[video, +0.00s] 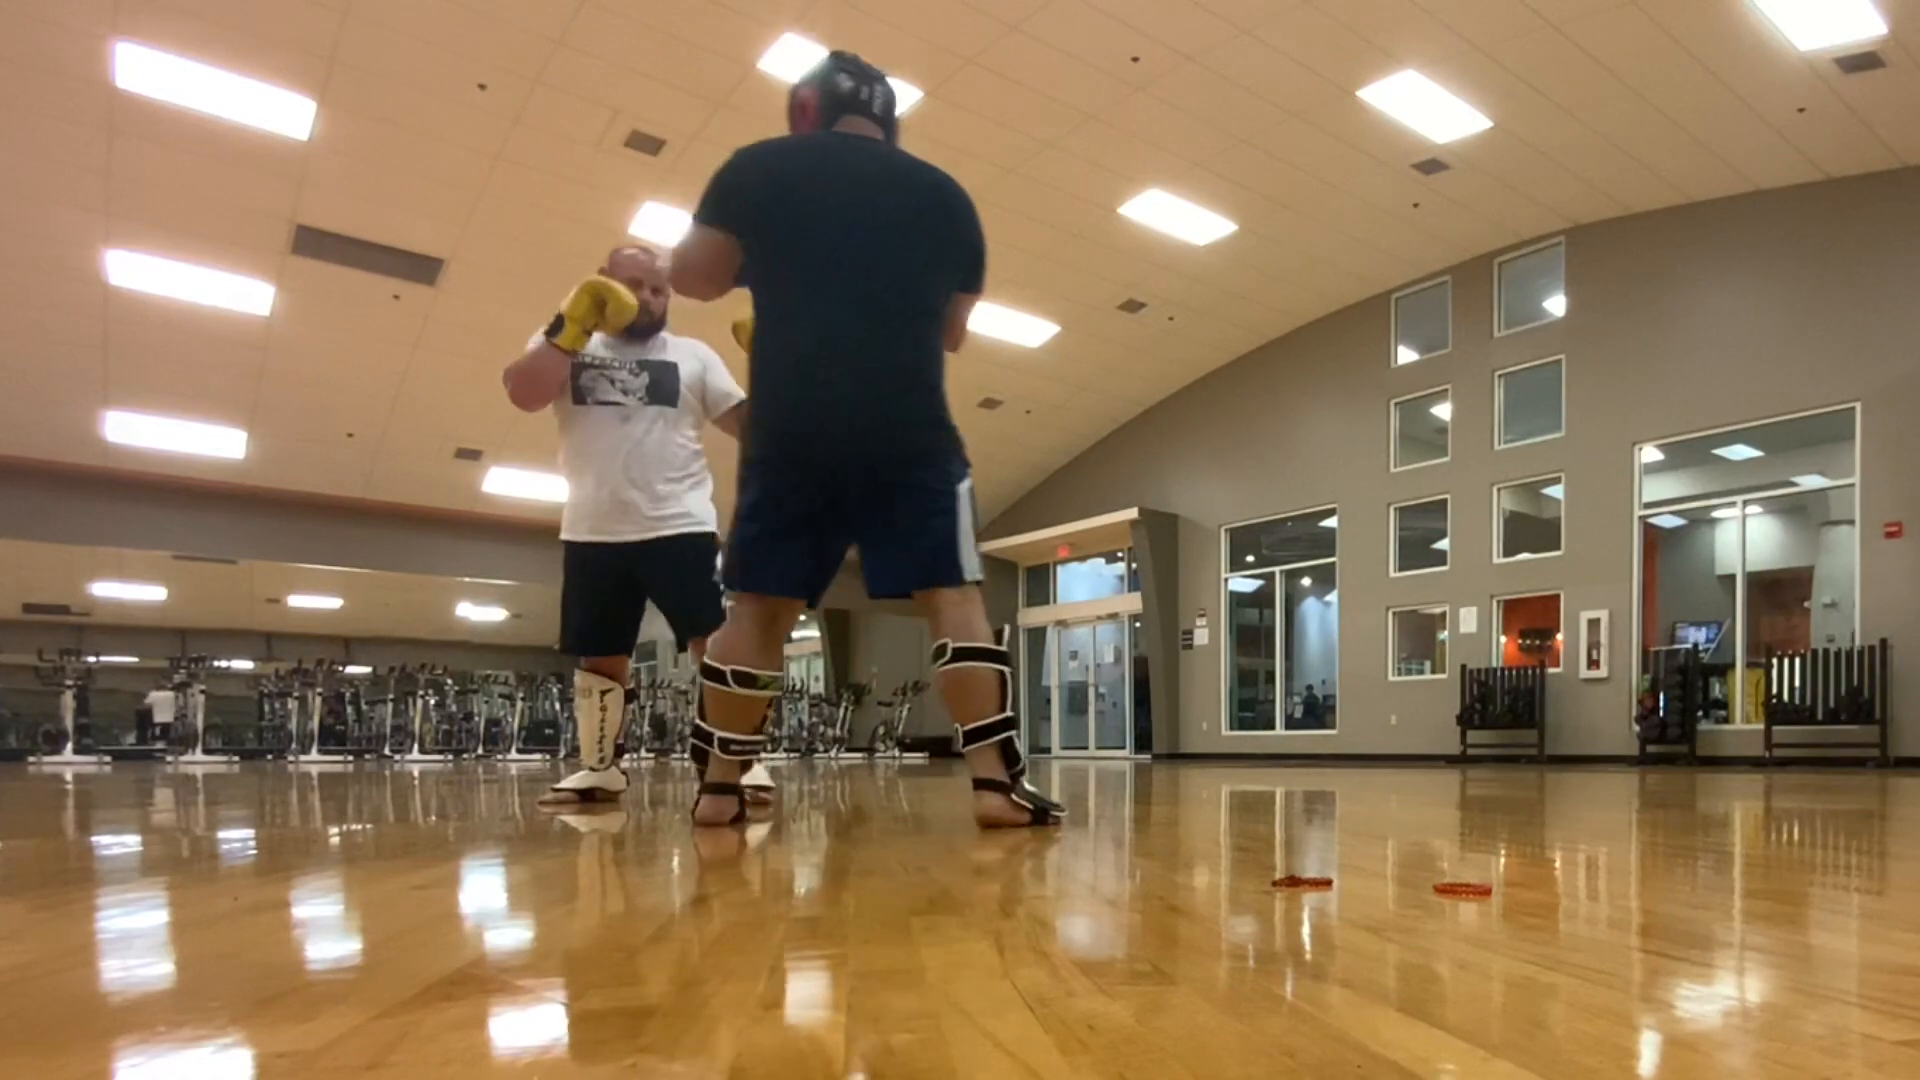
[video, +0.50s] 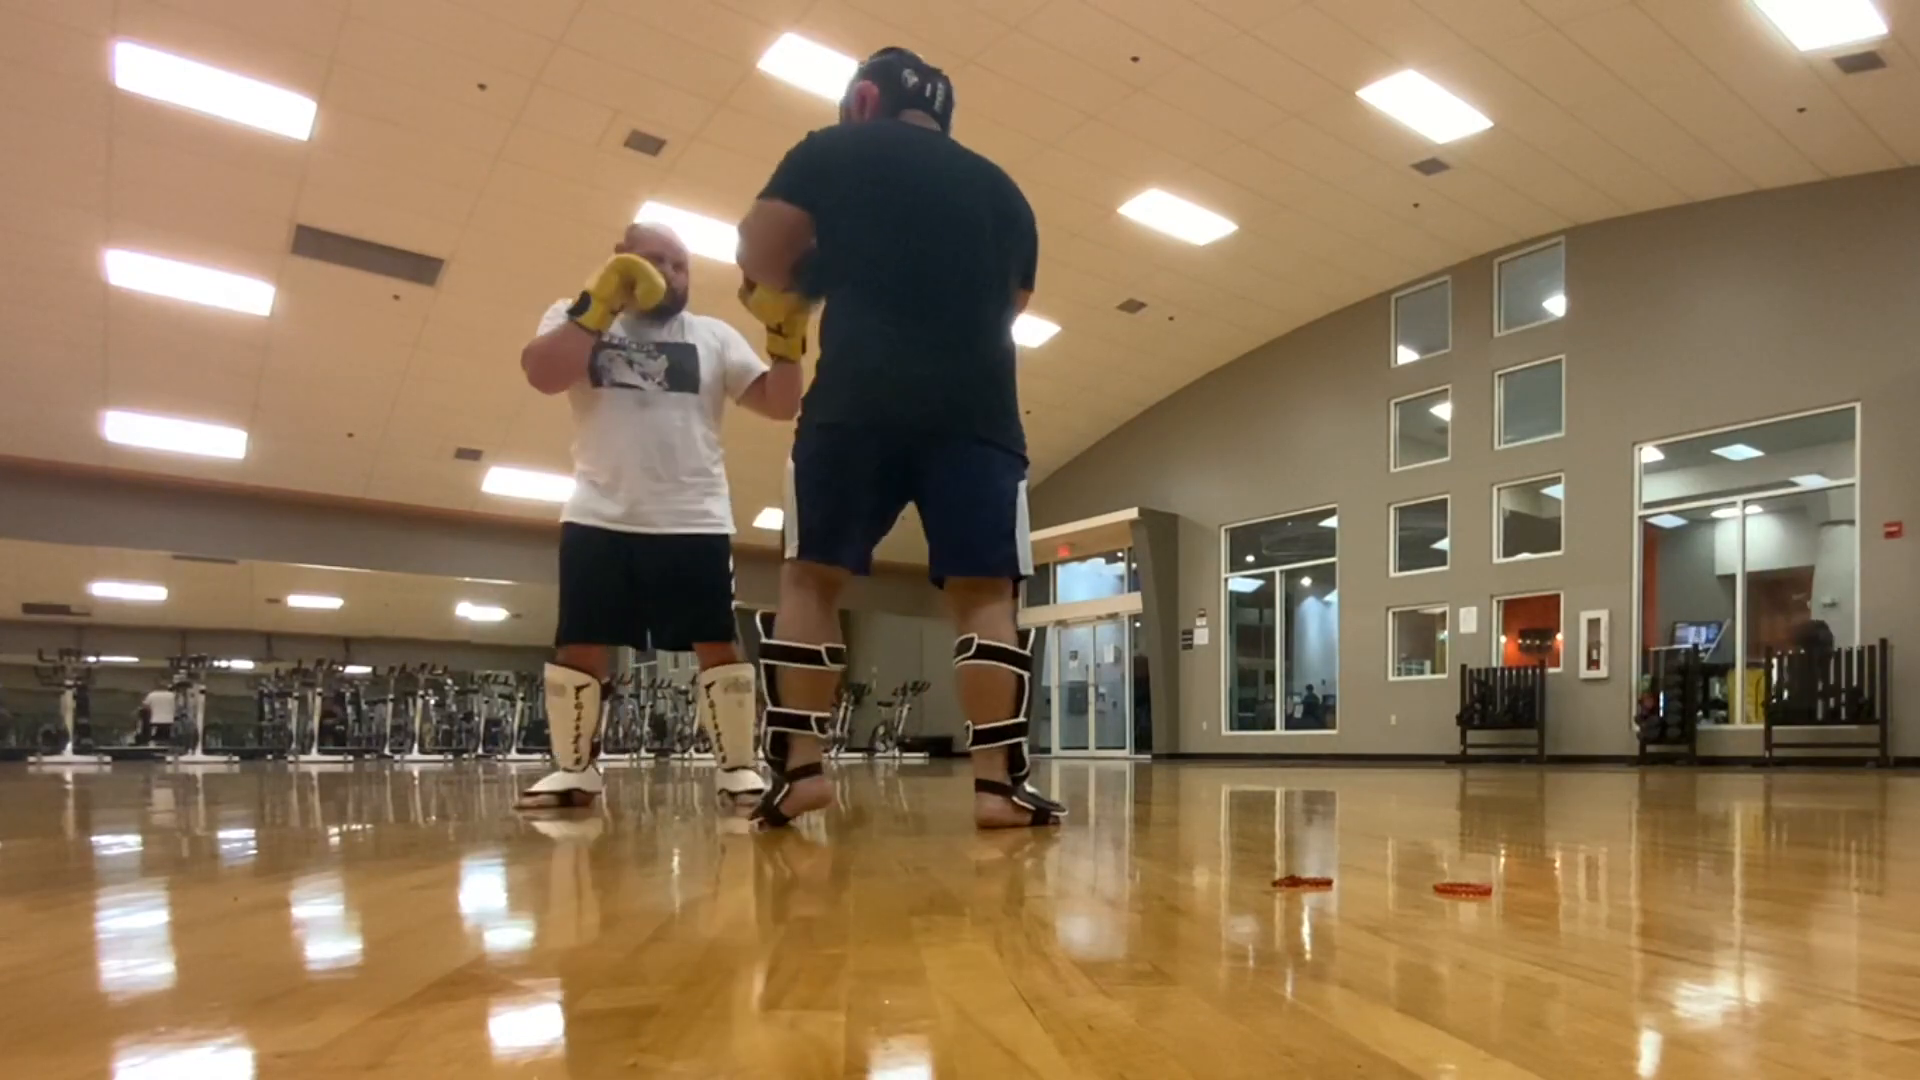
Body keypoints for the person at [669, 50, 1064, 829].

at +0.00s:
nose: (788, 126)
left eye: (790, 115)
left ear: (803, 109)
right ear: (890, 124)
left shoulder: (763, 166)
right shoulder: (943, 193)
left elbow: (695, 276)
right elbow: (951, 334)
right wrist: (875, 285)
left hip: (794, 431)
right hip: (910, 431)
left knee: (757, 609)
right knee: (953, 596)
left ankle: (719, 791)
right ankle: (996, 784)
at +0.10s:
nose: (829, 124)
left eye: (832, 114)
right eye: (834, 116)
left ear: (845, 112)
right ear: (926, 129)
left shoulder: (800, 160)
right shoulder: (981, 197)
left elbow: (724, 270)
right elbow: (990, 342)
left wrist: (769, 285)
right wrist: (921, 307)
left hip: (826, 416)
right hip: (941, 421)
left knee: (785, 589)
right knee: (971, 594)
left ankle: (737, 772)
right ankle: (998, 787)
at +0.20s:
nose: (849, 118)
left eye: (854, 107)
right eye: (856, 110)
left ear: (870, 104)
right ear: (947, 125)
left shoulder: (826, 153)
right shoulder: (1006, 194)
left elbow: (739, 244)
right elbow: (1010, 338)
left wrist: (795, 232)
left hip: (841, 410)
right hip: (958, 420)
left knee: (804, 580)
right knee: (975, 595)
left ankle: (776, 754)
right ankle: (999, 786)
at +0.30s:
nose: (858, 114)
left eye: (863, 104)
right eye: (865, 106)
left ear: (879, 101)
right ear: (955, 122)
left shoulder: (836, 152)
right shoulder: (1011, 190)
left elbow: (756, 253)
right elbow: (1016, 333)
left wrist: (820, 193)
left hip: (849, 406)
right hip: (966, 413)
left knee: (821, 579)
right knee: (975, 591)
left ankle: (810, 759)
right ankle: (997, 786)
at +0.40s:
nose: (854, 114)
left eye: (859, 103)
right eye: (861, 105)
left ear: (876, 100)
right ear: (952, 120)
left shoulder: (837, 152)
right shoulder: (1010, 191)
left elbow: (763, 262)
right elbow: (1012, 335)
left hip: (853, 406)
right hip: (972, 412)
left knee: (823, 584)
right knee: (983, 597)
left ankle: (809, 770)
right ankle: (997, 788)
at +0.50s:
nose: (845, 115)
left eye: (848, 104)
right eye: (850, 106)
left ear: (865, 99)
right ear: (945, 117)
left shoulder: (832, 149)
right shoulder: (1000, 186)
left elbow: (764, 248)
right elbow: (1015, 299)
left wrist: (792, 289)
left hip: (858, 405)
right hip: (976, 411)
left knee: (812, 580)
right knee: (986, 593)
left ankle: (803, 767)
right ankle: (998, 786)